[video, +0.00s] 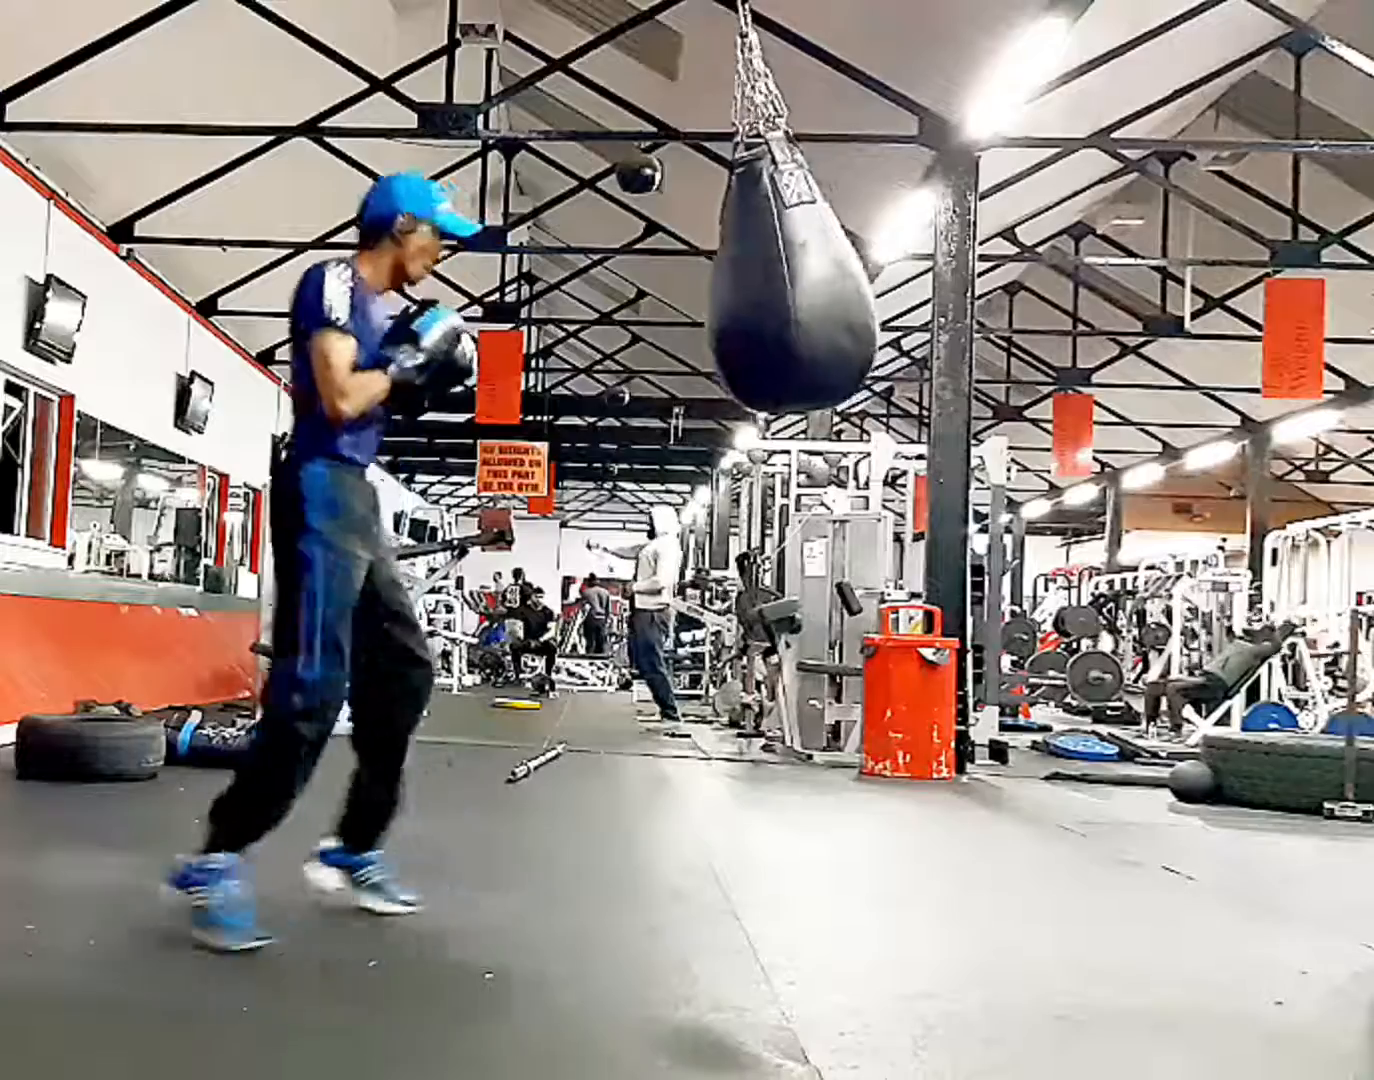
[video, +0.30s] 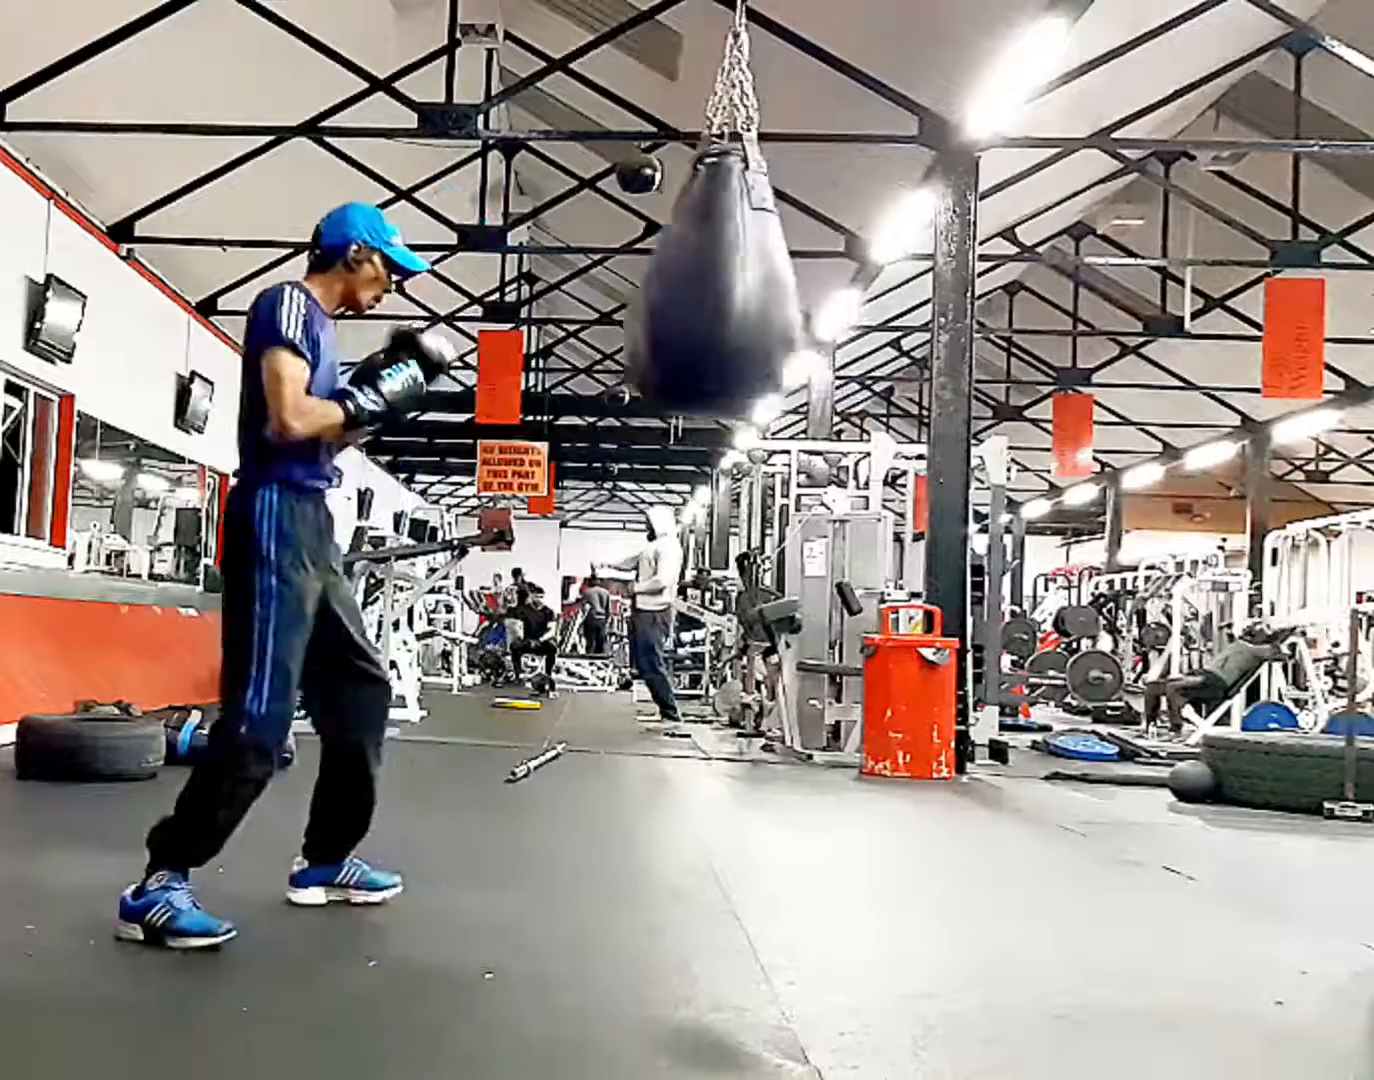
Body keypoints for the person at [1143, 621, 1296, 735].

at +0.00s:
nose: (1263, 632)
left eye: (1267, 631)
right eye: (1266, 630)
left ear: (1266, 636)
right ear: (1260, 632)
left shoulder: (1257, 651)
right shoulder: (1236, 643)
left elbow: (1276, 646)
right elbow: (1226, 635)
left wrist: (1278, 633)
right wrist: (1221, 624)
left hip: (1217, 682)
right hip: (1203, 675)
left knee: (1174, 688)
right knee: (1152, 687)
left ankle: (1176, 732)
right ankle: (1147, 730)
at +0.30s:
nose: (1258, 633)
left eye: (1260, 631)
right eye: (1259, 631)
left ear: (1261, 637)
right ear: (1253, 633)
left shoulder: (1258, 651)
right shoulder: (1237, 644)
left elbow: (1280, 653)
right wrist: (1225, 633)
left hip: (1218, 680)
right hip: (1204, 673)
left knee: (1173, 687)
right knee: (1151, 687)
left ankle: (1176, 730)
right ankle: (1147, 728)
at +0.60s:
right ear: (1255, 637)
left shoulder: (1256, 652)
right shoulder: (1236, 643)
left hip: (1219, 681)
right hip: (1204, 675)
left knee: (1174, 689)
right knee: (1153, 687)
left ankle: (1176, 732)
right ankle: (1149, 728)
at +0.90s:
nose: (1257, 631)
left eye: (1260, 630)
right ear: (1255, 634)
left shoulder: (1256, 651)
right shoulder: (1236, 643)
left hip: (1218, 682)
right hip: (1203, 675)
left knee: (1174, 690)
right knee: (1152, 688)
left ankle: (1176, 732)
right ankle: (1148, 726)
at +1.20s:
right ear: (1253, 636)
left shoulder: (1254, 651)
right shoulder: (1231, 647)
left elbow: (1277, 656)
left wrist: (1273, 644)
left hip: (1218, 681)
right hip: (1203, 675)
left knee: (1173, 689)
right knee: (1153, 688)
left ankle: (1176, 730)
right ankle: (1147, 728)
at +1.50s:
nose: (1251, 626)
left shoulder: (1258, 650)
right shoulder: (1236, 643)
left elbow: (1273, 644)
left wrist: (1283, 632)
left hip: (1218, 682)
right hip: (1203, 676)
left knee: (1174, 689)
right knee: (1152, 688)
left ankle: (1176, 730)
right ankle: (1148, 727)